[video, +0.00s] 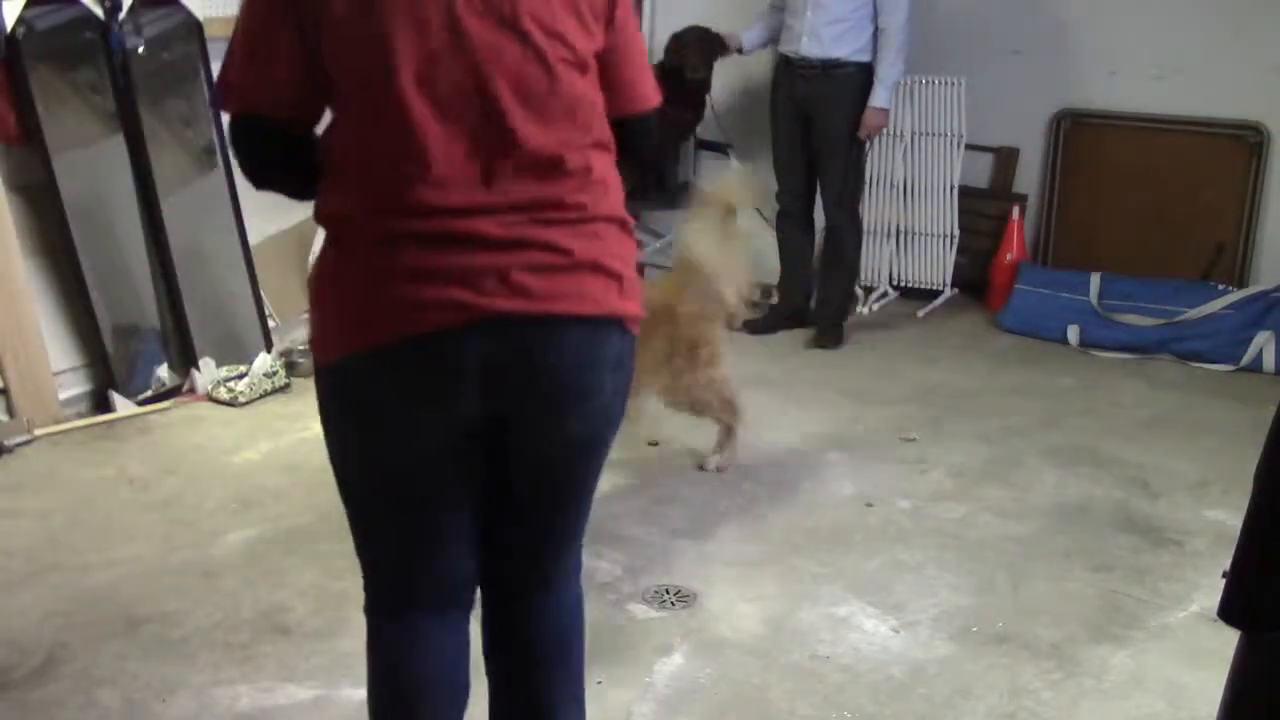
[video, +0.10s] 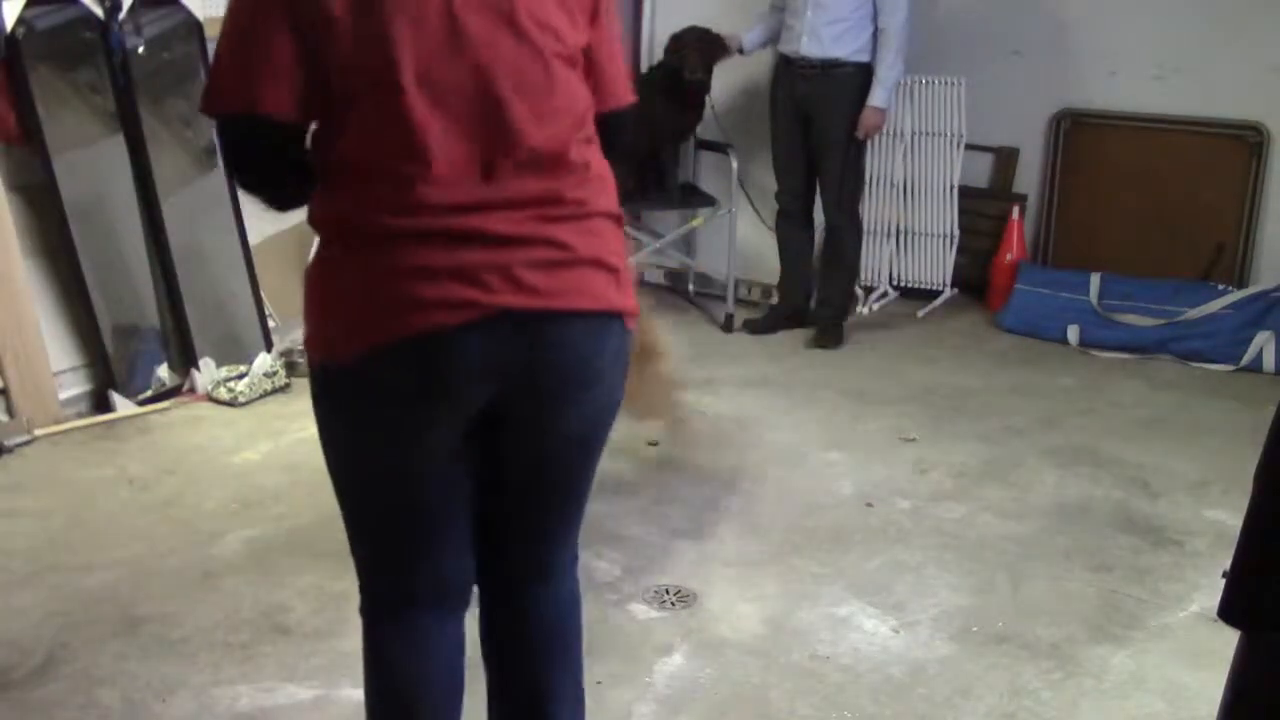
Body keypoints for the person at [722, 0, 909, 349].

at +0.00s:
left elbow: (894, 25)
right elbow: (780, 15)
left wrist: (880, 101)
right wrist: (739, 42)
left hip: (845, 79)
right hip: (790, 75)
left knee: (840, 207)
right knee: (792, 202)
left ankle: (831, 316)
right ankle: (792, 304)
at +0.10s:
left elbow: (893, 28)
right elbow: (781, 15)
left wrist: (878, 101)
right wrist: (740, 42)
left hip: (845, 79)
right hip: (789, 75)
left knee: (840, 207)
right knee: (791, 202)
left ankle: (831, 316)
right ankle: (792, 305)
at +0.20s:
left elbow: (893, 28)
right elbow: (782, 16)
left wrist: (878, 102)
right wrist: (737, 34)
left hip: (844, 79)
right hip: (789, 75)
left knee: (840, 207)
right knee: (791, 202)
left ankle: (831, 316)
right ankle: (792, 305)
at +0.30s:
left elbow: (893, 28)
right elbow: (782, 16)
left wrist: (878, 102)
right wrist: (737, 34)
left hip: (844, 79)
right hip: (789, 75)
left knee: (840, 207)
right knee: (792, 202)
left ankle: (831, 316)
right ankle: (792, 305)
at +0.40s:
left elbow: (892, 29)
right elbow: (780, 17)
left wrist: (878, 101)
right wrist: (739, 46)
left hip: (845, 79)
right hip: (790, 76)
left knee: (841, 209)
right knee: (792, 203)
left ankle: (831, 318)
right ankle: (792, 306)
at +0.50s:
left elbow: (892, 29)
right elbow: (780, 19)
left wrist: (878, 101)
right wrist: (740, 48)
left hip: (844, 80)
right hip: (789, 77)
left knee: (842, 209)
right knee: (793, 203)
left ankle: (831, 317)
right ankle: (792, 306)